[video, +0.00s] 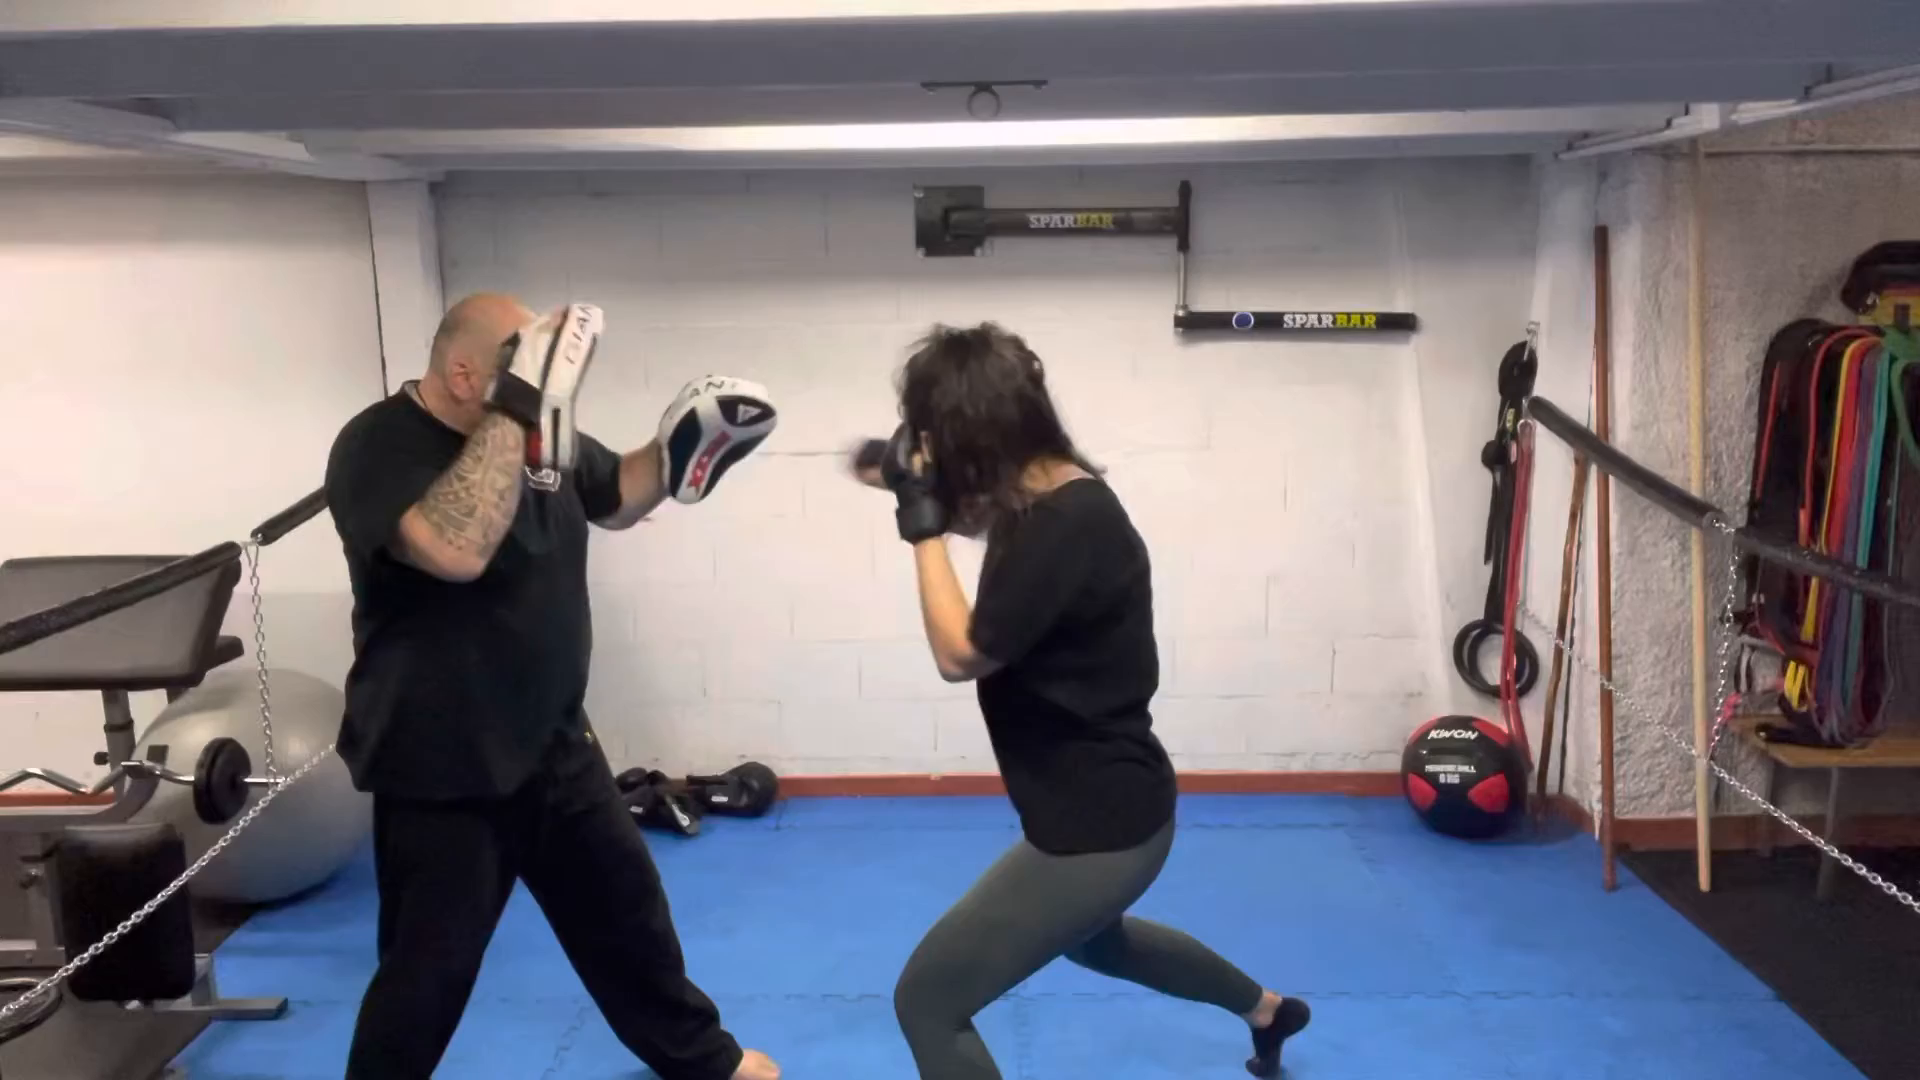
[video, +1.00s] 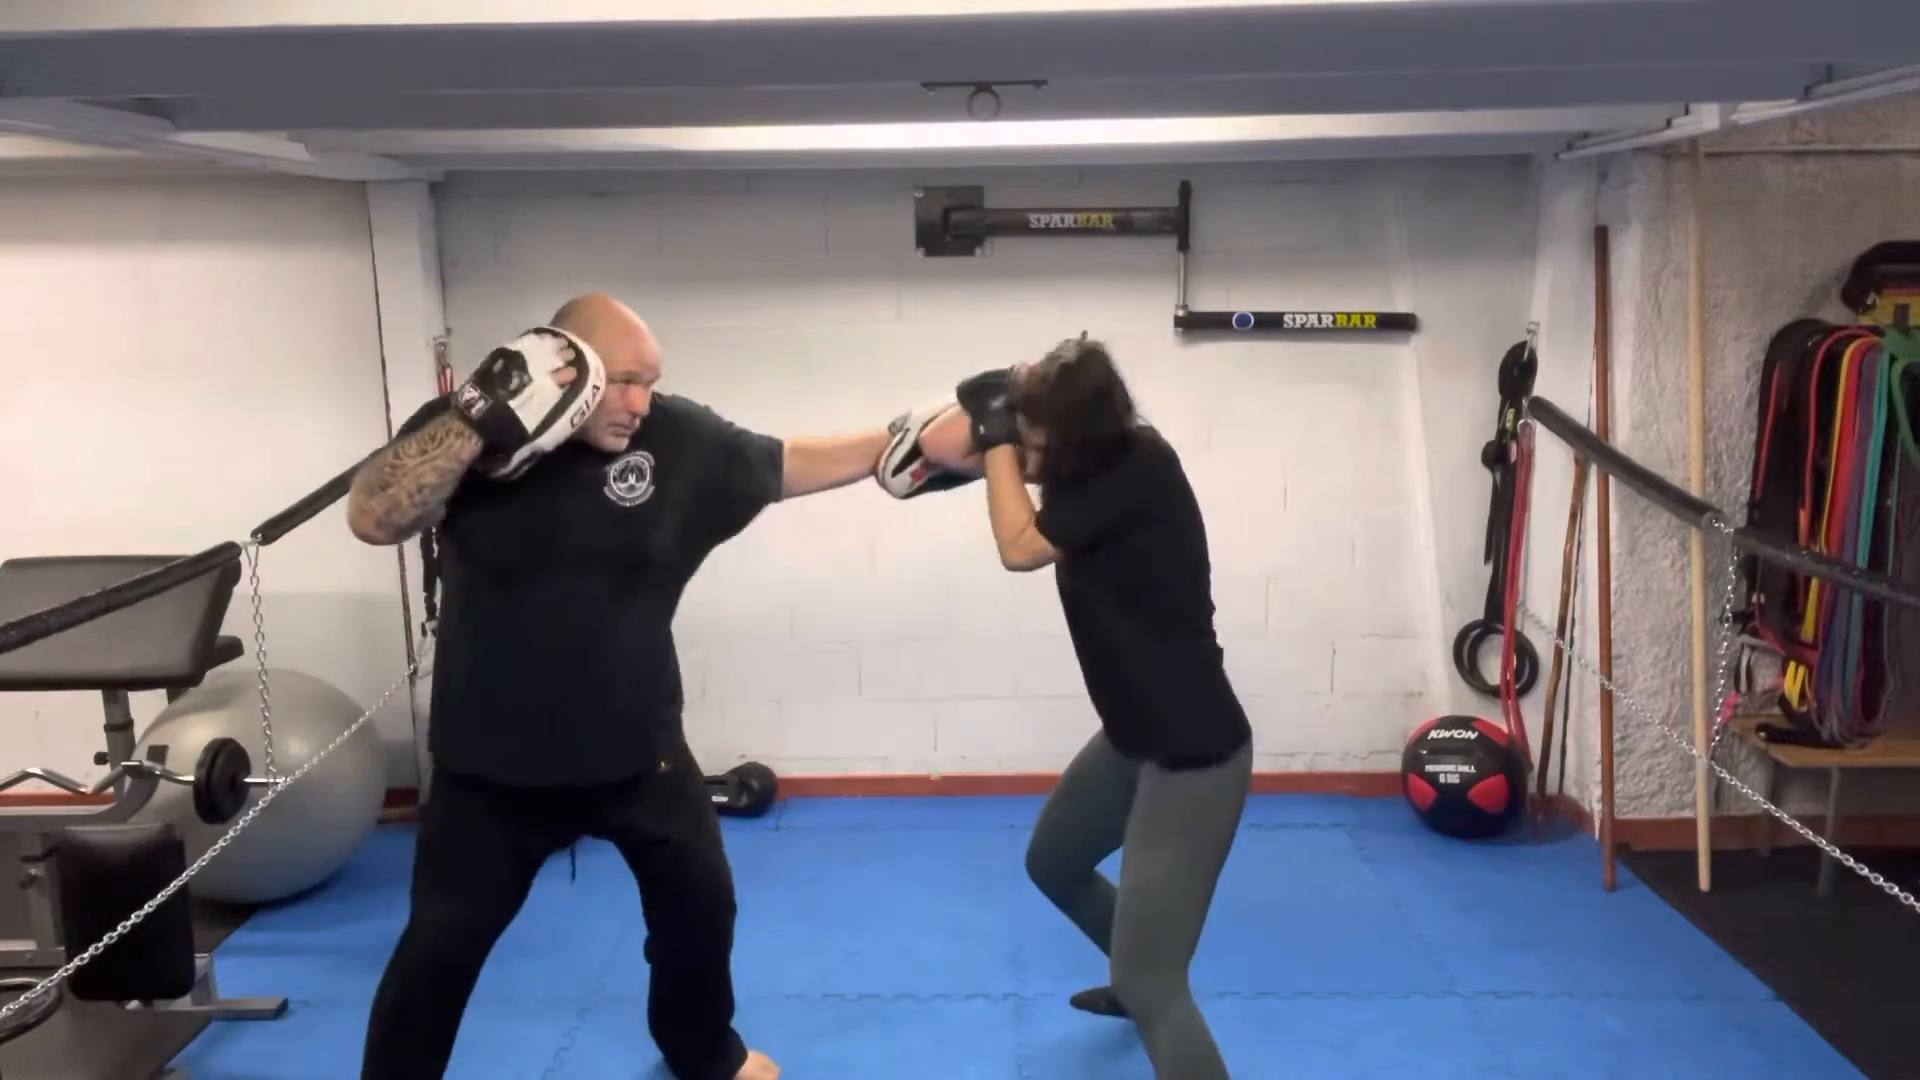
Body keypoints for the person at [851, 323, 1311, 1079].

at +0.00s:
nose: (921, 452)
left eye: (925, 436)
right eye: (917, 437)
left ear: (968, 439)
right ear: (1017, 417)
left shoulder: (1059, 528)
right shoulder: (1063, 492)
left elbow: (957, 656)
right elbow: (984, 501)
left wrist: (924, 521)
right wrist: (906, 472)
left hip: (1096, 838)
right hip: (1114, 814)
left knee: (926, 1004)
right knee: (1095, 939)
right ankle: (1265, 1008)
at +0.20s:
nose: (907, 452)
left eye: (920, 436)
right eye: (908, 434)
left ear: (978, 433)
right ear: (969, 434)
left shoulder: (1084, 520)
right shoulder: (971, 495)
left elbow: (1014, 675)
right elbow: (819, 511)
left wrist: (936, 555)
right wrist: (693, 477)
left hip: (1105, 820)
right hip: (1043, 810)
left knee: (947, 1003)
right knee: (1083, 944)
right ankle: (1232, 994)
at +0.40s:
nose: (954, 428)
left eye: (961, 410)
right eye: (953, 409)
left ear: (1002, 415)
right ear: (1035, 404)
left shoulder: (1098, 504)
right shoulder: (1041, 490)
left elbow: (1034, 657)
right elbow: (1004, 605)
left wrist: (926, 551)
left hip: (1123, 801)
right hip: (1075, 790)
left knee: (967, 983)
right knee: (1084, 915)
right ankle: (1208, 1028)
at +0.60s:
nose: (980, 427)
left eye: (992, 411)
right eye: (981, 408)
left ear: (1039, 413)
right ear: (1060, 403)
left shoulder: (1125, 488)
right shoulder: (1099, 473)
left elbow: (1075, 637)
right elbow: (1066, 598)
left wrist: (973, 544)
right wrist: (1003, 515)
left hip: (1159, 785)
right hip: (1130, 771)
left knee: (1030, 967)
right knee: (1110, 902)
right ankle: (1216, 1030)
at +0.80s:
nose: (1015, 462)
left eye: (1024, 446)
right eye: (1010, 445)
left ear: (1069, 434)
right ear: (1084, 424)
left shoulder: (1141, 478)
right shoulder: (1105, 471)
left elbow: (1010, 558)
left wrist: (963, 458)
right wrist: (965, 451)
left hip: (1184, 792)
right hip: (1131, 767)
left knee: (1100, 1014)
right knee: (1070, 863)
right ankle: (1203, 987)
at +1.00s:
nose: (1030, 451)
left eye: (1040, 439)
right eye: (1027, 436)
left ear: (1075, 434)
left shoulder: (1135, 472)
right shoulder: (1099, 461)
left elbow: (1019, 547)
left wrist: (996, 434)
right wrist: (1000, 429)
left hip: (1194, 756)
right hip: (1133, 737)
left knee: (1150, 985)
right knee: (1055, 862)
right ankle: (1143, 982)